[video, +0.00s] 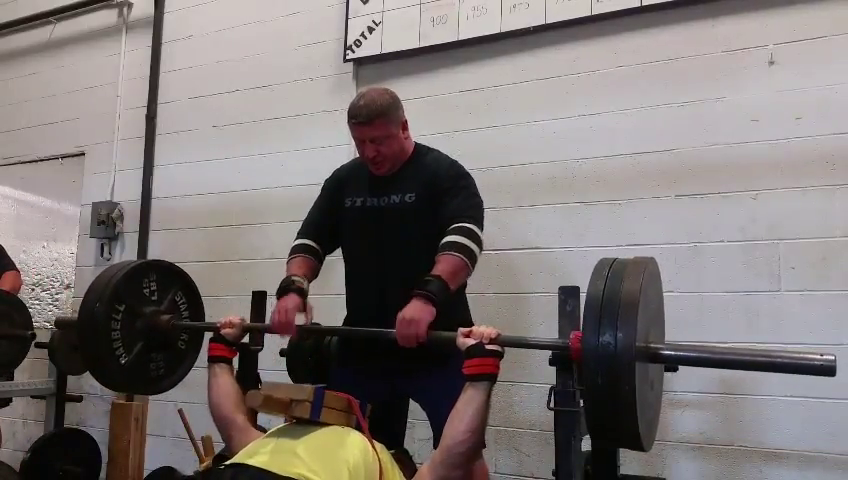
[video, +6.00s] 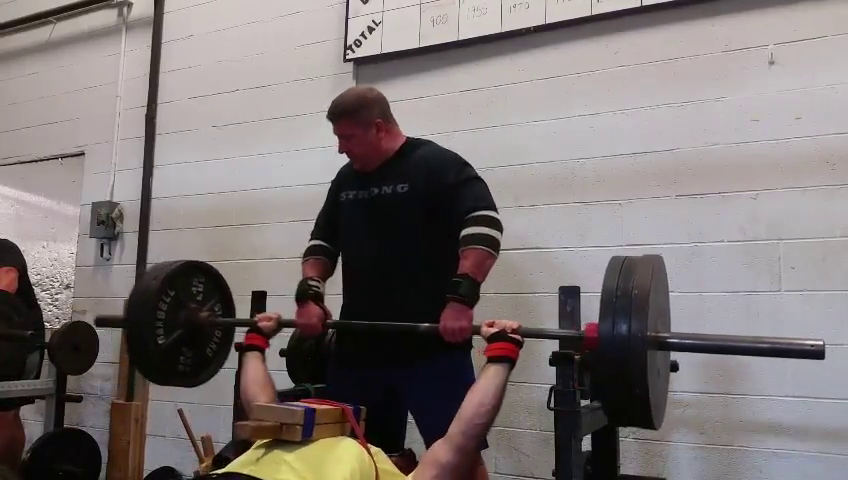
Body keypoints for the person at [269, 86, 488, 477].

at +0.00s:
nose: (369, 152)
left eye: (378, 141)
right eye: (361, 142)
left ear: (404, 129)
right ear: (352, 137)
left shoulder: (447, 176)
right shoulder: (344, 183)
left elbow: (462, 244)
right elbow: (311, 242)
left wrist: (428, 297)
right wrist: (293, 290)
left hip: (439, 348)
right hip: (364, 346)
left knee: (463, 455)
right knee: (367, 459)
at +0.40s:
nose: (370, 151)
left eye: (379, 139)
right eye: (361, 141)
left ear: (403, 126)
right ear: (352, 135)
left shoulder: (452, 178)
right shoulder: (345, 184)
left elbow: (484, 254)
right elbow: (328, 257)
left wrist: (478, 329)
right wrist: (317, 316)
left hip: (438, 347)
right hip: (363, 346)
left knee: (468, 457)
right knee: (364, 458)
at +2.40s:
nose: (361, 159)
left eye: (369, 148)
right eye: (351, 150)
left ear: (394, 131)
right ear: (342, 142)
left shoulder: (445, 177)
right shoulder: (338, 185)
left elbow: (478, 260)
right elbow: (325, 261)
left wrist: (474, 335)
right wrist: (314, 323)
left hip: (438, 339)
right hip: (365, 339)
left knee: (462, 450)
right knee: (369, 451)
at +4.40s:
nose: (360, 162)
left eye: (369, 151)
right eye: (351, 153)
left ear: (394, 133)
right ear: (342, 144)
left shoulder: (445, 177)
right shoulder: (338, 186)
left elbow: (479, 259)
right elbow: (326, 262)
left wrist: (474, 336)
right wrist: (318, 326)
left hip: (439, 342)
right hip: (365, 341)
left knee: (465, 451)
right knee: (367, 453)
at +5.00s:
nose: (357, 163)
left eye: (365, 152)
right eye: (348, 155)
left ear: (392, 134)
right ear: (338, 145)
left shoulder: (443, 173)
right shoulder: (338, 183)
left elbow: (493, 234)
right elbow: (322, 249)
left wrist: (460, 297)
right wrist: (318, 304)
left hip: (437, 345)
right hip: (364, 343)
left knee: (462, 457)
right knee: (366, 460)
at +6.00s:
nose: (341, 147)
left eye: (348, 137)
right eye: (338, 138)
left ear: (380, 129)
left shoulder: (442, 167)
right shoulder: (346, 181)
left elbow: (484, 227)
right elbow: (322, 244)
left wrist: (462, 297)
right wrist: (310, 295)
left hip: (433, 345)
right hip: (361, 346)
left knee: (459, 459)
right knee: (362, 463)